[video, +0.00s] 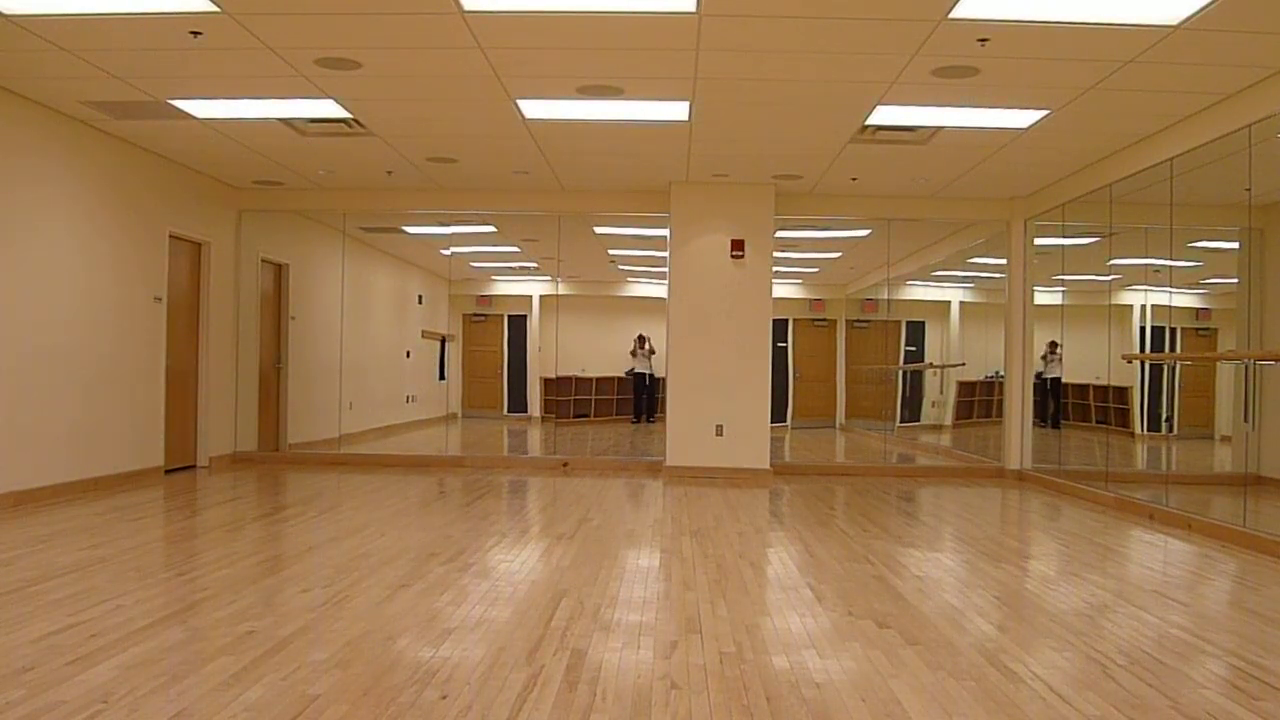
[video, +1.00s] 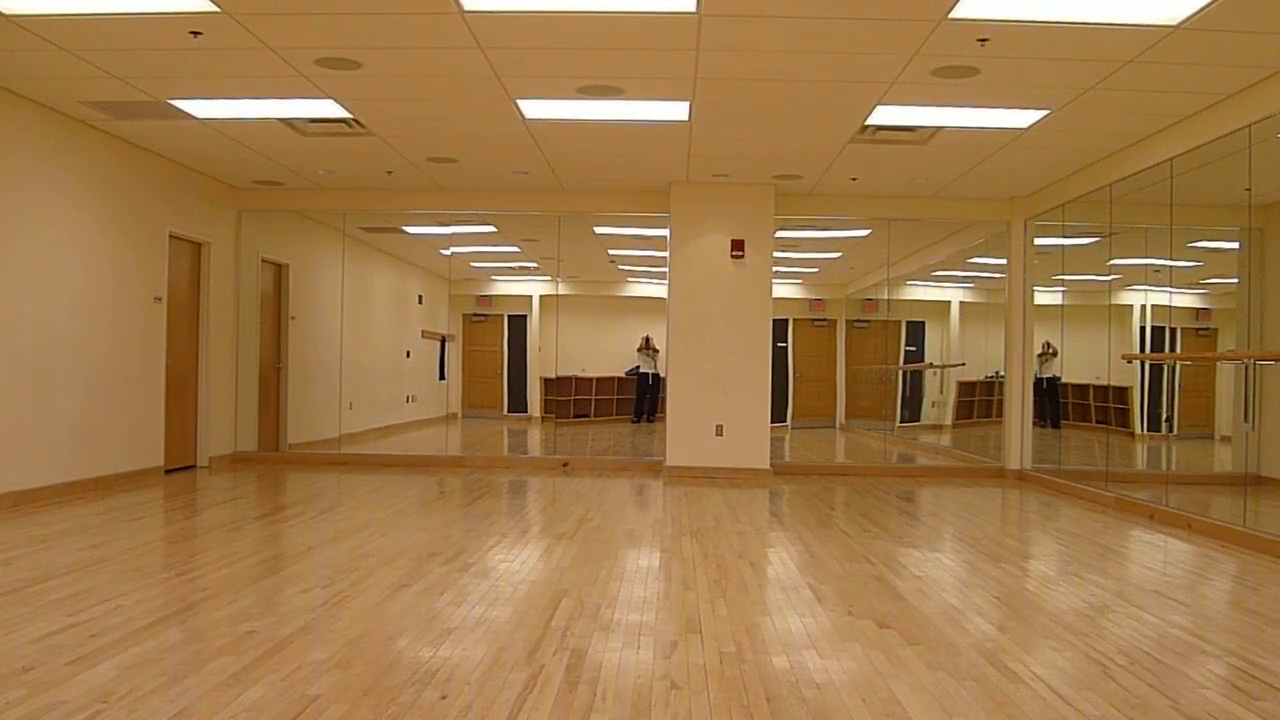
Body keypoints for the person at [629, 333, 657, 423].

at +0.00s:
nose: (641, 343)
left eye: (643, 341)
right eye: (640, 341)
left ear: (645, 342)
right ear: (637, 342)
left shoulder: (647, 351)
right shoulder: (635, 351)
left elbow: (653, 352)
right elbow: (634, 353)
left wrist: (649, 343)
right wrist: (635, 344)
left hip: (649, 371)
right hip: (638, 371)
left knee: (650, 395)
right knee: (638, 394)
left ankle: (650, 416)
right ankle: (637, 416)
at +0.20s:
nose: (642, 343)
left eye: (644, 341)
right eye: (641, 341)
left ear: (646, 342)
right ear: (638, 342)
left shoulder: (649, 352)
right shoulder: (635, 351)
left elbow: (653, 351)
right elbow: (640, 348)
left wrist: (647, 343)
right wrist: (641, 341)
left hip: (651, 372)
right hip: (640, 371)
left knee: (652, 395)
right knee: (639, 395)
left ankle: (651, 416)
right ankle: (637, 416)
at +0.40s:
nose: (644, 343)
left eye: (645, 341)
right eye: (642, 341)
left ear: (647, 342)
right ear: (639, 342)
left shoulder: (650, 352)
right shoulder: (637, 351)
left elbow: (654, 352)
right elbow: (640, 349)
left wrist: (648, 343)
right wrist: (642, 343)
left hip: (652, 372)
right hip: (641, 371)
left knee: (652, 395)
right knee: (639, 395)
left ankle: (651, 415)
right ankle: (637, 416)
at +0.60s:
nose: (645, 342)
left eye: (647, 341)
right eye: (644, 341)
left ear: (650, 342)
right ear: (641, 342)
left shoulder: (652, 352)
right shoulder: (638, 352)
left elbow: (656, 352)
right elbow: (637, 350)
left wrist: (650, 344)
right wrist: (641, 343)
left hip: (653, 372)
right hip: (642, 372)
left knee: (653, 395)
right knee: (640, 395)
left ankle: (651, 416)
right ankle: (637, 416)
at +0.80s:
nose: (647, 343)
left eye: (648, 341)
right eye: (645, 342)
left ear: (651, 342)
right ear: (643, 342)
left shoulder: (654, 352)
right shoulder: (640, 351)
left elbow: (655, 350)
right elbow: (638, 349)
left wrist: (653, 343)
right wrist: (639, 341)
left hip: (653, 372)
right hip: (643, 372)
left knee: (653, 395)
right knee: (640, 395)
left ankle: (651, 415)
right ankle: (637, 416)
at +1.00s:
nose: (647, 343)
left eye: (649, 341)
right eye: (645, 341)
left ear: (652, 342)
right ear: (643, 342)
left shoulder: (655, 352)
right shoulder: (640, 351)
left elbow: (656, 350)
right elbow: (640, 348)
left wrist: (652, 345)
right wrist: (642, 341)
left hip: (654, 372)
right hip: (643, 371)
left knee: (653, 395)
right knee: (640, 395)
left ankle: (651, 415)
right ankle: (637, 415)